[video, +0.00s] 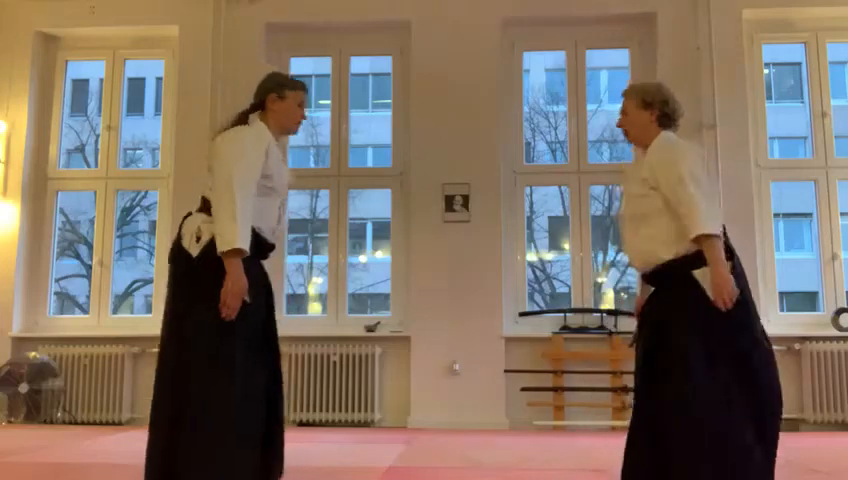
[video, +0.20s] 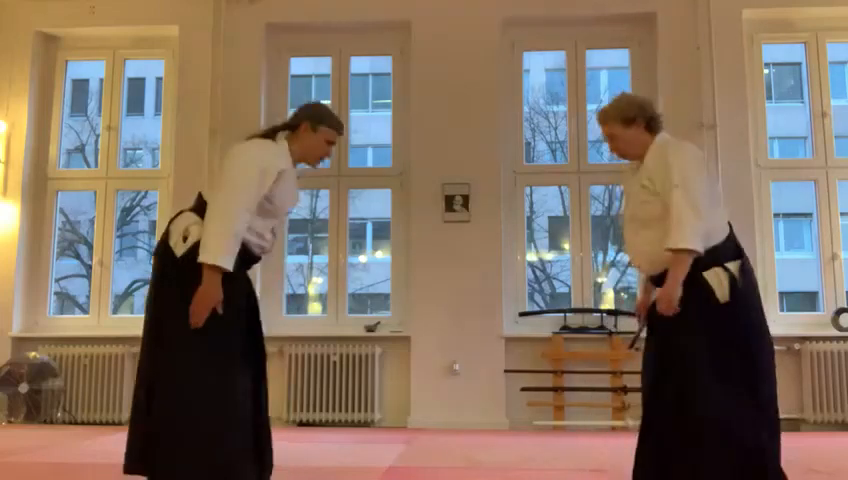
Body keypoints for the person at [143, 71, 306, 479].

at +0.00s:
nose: (303, 115)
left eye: (304, 107)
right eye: (298, 105)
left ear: (275, 104)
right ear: (273, 102)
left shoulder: (265, 144)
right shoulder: (245, 139)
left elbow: (249, 208)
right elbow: (231, 199)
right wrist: (234, 267)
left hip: (240, 261)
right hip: (220, 262)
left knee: (243, 374)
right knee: (225, 375)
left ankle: (236, 467)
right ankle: (220, 469)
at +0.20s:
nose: (327, 154)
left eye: (332, 146)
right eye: (327, 143)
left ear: (305, 132)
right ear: (304, 129)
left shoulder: (279, 163)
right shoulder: (261, 152)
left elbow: (239, 215)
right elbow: (228, 208)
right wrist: (211, 276)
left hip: (223, 265)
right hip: (201, 262)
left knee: (232, 368)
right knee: (213, 369)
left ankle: (222, 465)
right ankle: (204, 467)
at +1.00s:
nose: (293, 107)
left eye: (293, 100)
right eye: (288, 99)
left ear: (266, 98)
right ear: (263, 96)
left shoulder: (257, 139)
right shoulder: (239, 134)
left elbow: (243, 202)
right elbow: (228, 197)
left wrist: (247, 268)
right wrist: (230, 267)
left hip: (245, 263)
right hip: (227, 264)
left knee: (232, 381)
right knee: (218, 380)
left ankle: (224, 470)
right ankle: (210, 472)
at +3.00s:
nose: (269, 100)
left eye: (269, 93)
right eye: (263, 92)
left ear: (244, 96)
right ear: (236, 94)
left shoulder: (243, 136)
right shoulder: (225, 134)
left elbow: (241, 202)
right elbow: (222, 199)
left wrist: (262, 258)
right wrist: (239, 265)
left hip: (247, 257)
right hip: (229, 260)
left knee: (245, 367)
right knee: (231, 367)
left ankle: (241, 463)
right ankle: (227, 465)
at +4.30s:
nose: (270, 102)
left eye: (270, 94)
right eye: (264, 93)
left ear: (242, 94)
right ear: (239, 92)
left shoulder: (241, 134)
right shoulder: (228, 134)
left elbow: (242, 198)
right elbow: (240, 198)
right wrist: (299, 235)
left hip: (235, 255)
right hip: (230, 258)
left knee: (237, 364)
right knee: (235, 364)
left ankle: (230, 464)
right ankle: (232, 465)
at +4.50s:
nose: (273, 102)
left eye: (274, 94)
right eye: (267, 93)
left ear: (243, 96)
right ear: (240, 92)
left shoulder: (223, 133)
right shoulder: (238, 134)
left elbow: (254, 193)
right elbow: (262, 189)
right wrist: (324, 200)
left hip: (214, 249)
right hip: (234, 255)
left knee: (217, 359)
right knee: (238, 360)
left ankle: (214, 463)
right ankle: (236, 464)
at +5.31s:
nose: (262, 108)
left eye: (263, 100)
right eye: (256, 99)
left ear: (236, 98)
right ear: (229, 94)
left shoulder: (232, 140)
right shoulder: (213, 137)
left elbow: (227, 202)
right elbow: (216, 199)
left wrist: (279, 217)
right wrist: (281, 215)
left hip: (217, 258)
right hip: (199, 259)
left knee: (220, 364)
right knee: (205, 365)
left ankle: (213, 464)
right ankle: (201, 466)